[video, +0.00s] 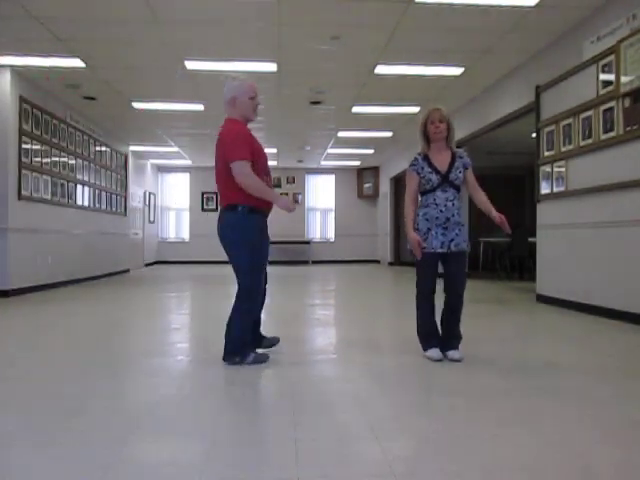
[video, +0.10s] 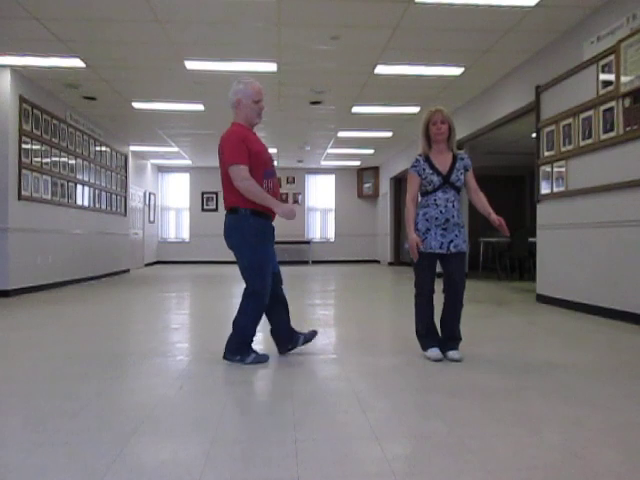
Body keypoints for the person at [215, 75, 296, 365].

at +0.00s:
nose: (258, 104)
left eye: (257, 98)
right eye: (253, 98)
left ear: (238, 102)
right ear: (235, 102)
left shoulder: (241, 132)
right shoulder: (234, 132)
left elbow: (250, 177)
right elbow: (242, 176)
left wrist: (278, 196)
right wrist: (276, 197)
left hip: (250, 217)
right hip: (240, 218)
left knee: (256, 283)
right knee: (250, 285)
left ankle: (251, 336)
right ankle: (236, 351)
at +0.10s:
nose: (262, 107)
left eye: (263, 102)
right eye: (257, 102)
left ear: (244, 104)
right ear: (239, 103)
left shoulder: (249, 136)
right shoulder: (235, 135)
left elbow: (255, 180)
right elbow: (240, 179)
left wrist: (279, 200)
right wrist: (278, 206)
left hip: (258, 221)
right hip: (246, 222)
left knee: (272, 284)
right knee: (259, 286)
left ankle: (286, 339)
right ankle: (237, 349)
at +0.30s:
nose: (274, 105)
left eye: (274, 100)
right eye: (268, 100)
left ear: (270, 103)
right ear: (250, 104)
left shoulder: (274, 140)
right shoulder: (239, 137)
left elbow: (284, 180)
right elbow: (232, 180)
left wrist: (304, 205)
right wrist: (242, 219)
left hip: (276, 221)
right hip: (252, 220)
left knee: (290, 280)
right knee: (265, 283)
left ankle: (307, 339)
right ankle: (240, 342)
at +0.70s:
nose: (292, 104)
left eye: (296, 100)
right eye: (286, 100)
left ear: (302, 104)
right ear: (274, 105)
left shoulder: (316, 142)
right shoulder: (260, 140)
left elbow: (329, 179)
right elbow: (244, 177)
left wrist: (340, 214)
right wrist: (240, 212)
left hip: (305, 222)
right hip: (271, 221)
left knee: (308, 289)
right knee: (272, 286)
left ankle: (304, 346)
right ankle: (261, 341)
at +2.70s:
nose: (280, 98)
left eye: (285, 94)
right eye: (274, 95)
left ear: (293, 103)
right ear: (266, 104)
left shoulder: (310, 138)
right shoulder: (253, 143)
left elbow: (326, 178)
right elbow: (241, 181)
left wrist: (320, 214)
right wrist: (239, 216)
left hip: (304, 222)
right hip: (269, 222)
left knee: (303, 290)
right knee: (263, 285)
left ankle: (298, 347)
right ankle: (264, 344)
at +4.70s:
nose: (268, 97)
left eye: (273, 94)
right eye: (262, 94)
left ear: (281, 102)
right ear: (253, 103)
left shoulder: (297, 139)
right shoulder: (239, 140)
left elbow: (309, 176)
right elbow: (227, 181)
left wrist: (294, 193)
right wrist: (232, 219)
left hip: (292, 221)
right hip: (258, 221)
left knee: (289, 287)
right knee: (264, 283)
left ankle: (278, 348)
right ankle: (258, 344)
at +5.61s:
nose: (270, 97)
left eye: (275, 93)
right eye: (265, 94)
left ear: (285, 102)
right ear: (258, 102)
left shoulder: (301, 139)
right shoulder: (243, 139)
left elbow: (313, 179)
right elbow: (229, 178)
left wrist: (311, 213)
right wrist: (232, 215)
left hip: (293, 221)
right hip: (258, 220)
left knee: (289, 288)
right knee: (262, 285)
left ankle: (277, 348)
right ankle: (257, 348)